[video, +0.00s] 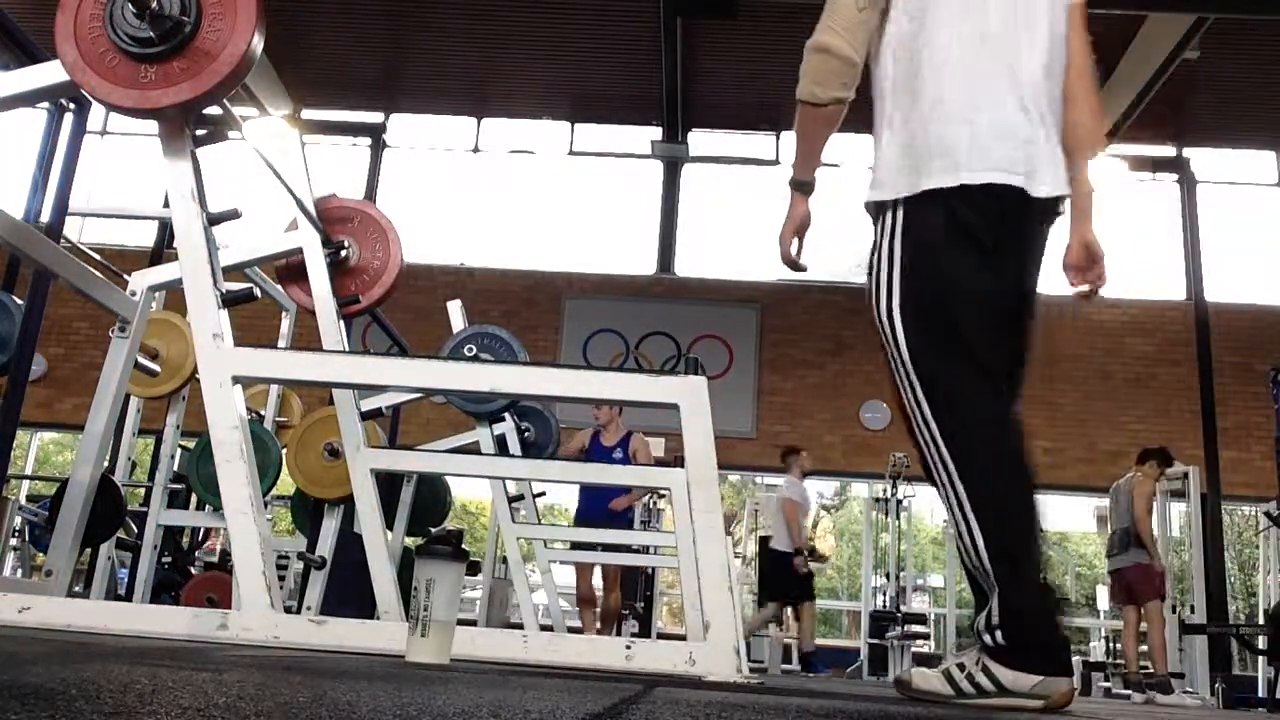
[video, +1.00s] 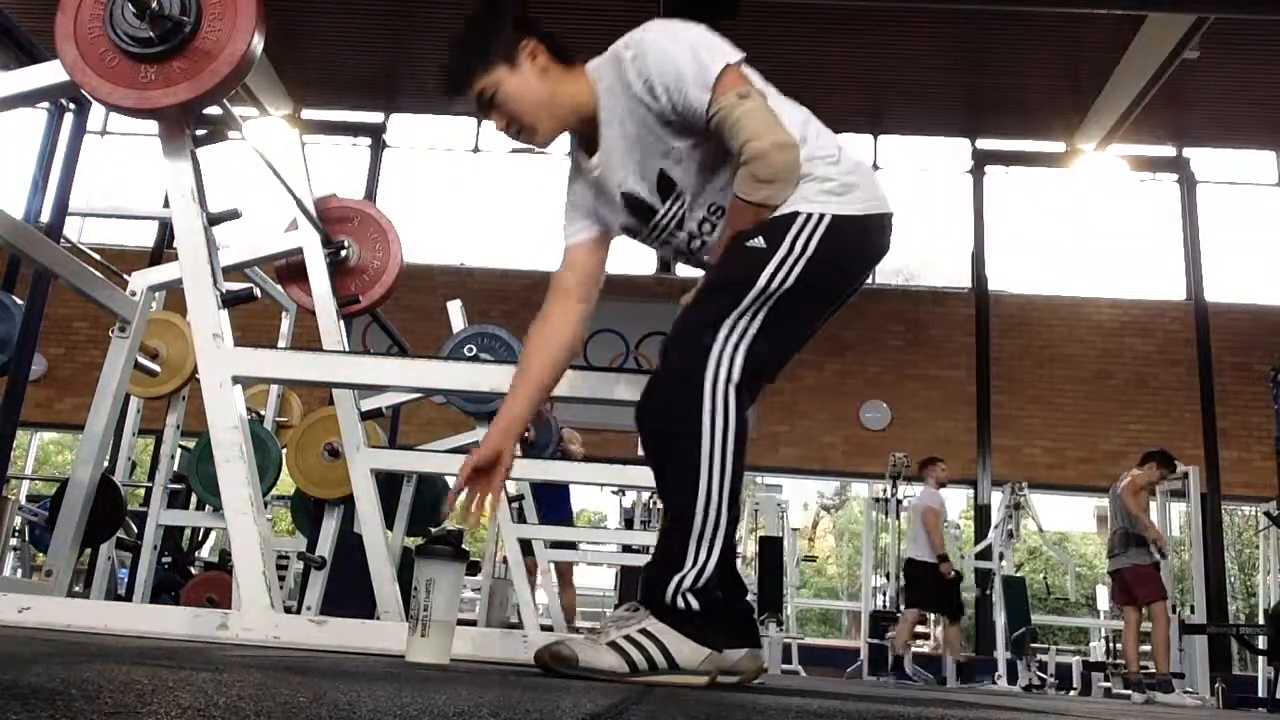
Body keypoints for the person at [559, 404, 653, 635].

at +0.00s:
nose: (595, 412)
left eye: (600, 407)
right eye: (594, 408)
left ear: (616, 410)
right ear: (595, 411)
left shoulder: (635, 441)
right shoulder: (586, 436)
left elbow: (648, 479)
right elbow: (559, 457)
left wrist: (629, 498)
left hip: (616, 520)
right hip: (586, 517)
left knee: (611, 580)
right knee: (583, 577)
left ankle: (605, 636)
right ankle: (589, 634)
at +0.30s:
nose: (591, 412)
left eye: (597, 408)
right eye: (590, 408)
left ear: (613, 411)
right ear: (590, 412)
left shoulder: (628, 443)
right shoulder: (581, 438)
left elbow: (638, 482)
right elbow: (556, 461)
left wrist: (616, 491)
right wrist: (580, 471)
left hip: (611, 520)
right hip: (579, 516)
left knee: (610, 581)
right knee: (563, 575)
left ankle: (607, 637)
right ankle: (556, 628)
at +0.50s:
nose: (579, 412)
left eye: (585, 407)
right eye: (579, 407)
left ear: (600, 411)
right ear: (579, 412)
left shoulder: (615, 442)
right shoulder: (567, 438)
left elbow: (622, 481)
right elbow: (549, 467)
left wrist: (593, 462)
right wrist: (563, 458)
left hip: (599, 519)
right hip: (569, 515)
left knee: (604, 579)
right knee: (552, 573)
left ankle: (606, 635)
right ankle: (530, 625)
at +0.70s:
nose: (556, 411)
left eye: (562, 406)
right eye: (555, 406)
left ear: (577, 409)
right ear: (555, 410)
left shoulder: (591, 437)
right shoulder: (550, 435)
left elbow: (596, 456)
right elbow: (534, 453)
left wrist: (569, 447)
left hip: (578, 514)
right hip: (549, 512)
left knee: (587, 578)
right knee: (536, 573)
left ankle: (598, 635)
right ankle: (531, 625)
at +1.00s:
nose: (543, 408)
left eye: (547, 402)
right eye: (539, 401)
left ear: (552, 407)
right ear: (530, 406)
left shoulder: (565, 433)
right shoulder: (523, 433)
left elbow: (578, 453)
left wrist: (567, 448)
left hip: (558, 509)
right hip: (526, 511)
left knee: (565, 573)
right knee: (528, 572)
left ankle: (570, 627)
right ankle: (526, 625)